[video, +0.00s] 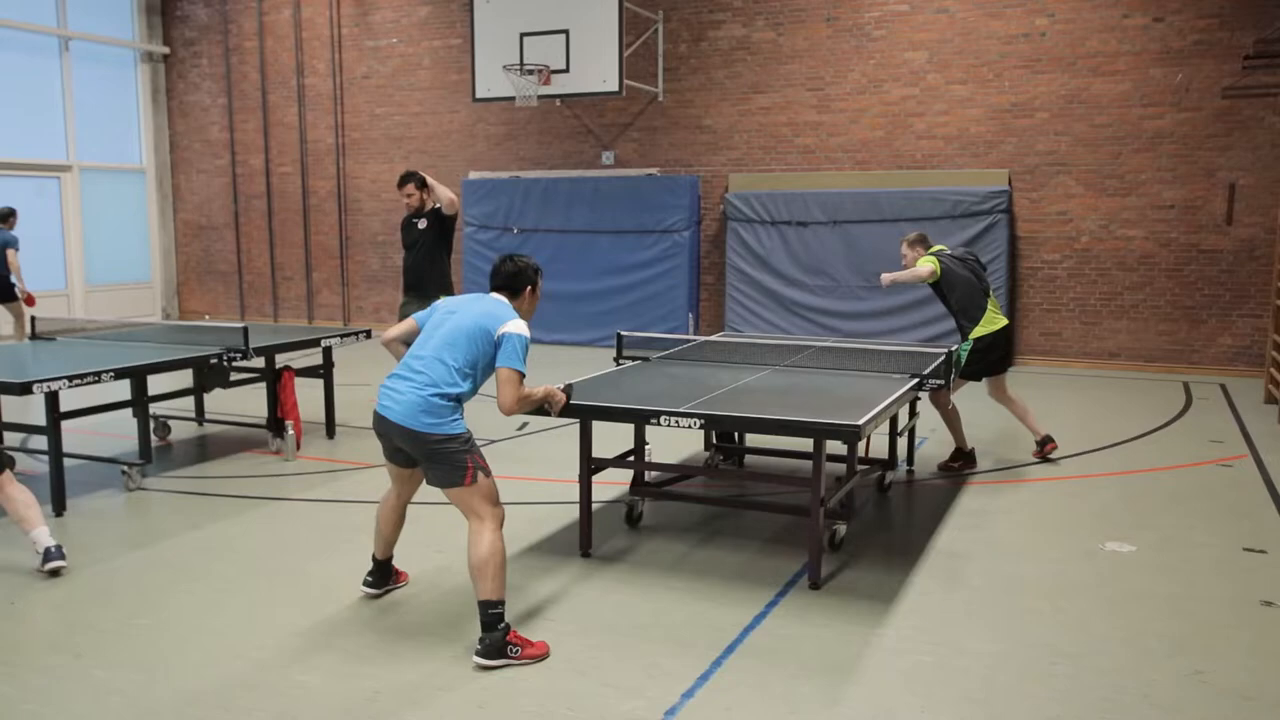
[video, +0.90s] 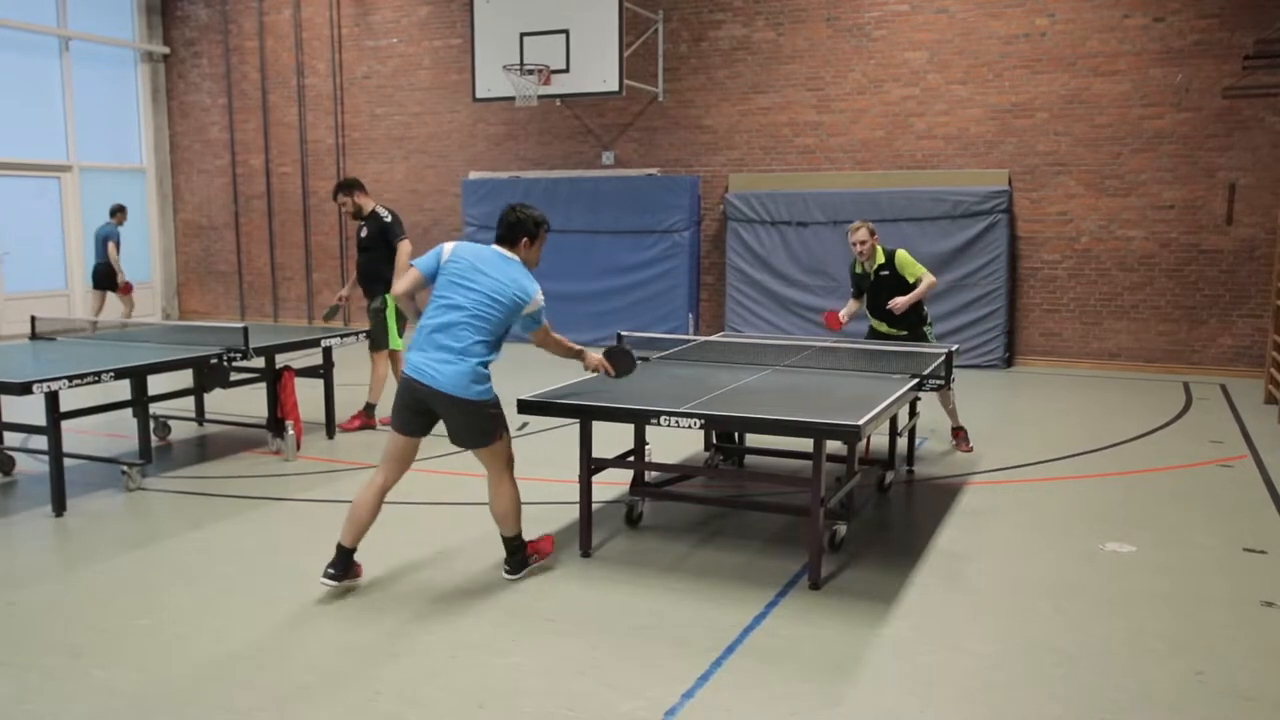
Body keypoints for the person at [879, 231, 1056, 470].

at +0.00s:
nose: (903, 263)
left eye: (905, 256)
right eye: (902, 257)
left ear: (918, 251)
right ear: (926, 248)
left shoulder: (929, 259)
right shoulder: (960, 253)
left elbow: (924, 273)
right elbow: (985, 286)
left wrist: (894, 277)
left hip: (979, 337)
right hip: (1001, 330)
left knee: (939, 395)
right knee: (998, 391)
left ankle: (963, 451)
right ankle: (1042, 438)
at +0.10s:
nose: (892, 269)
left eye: (893, 264)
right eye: (890, 265)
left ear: (906, 258)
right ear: (911, 256)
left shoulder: (923, 260)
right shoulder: (935, 257)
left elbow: (935, 271)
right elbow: (966, 262)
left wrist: (898, 278)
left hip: (975, 337)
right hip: (987, 331)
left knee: (937, 397)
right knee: (970, 391)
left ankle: (963, 452)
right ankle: (1024, 421)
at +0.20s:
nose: (883, 287)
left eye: (884, 281)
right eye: (880, 282)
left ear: (897, 271)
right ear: (895, 272)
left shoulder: (920, 272)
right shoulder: (912, 271)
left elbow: (954, 268)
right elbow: (942, 267)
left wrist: (915, 283)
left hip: (972, 338)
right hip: (959, 336)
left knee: (933, 398)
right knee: (934, 383)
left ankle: (963, 452)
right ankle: (975, 396)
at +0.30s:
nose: (881, 298)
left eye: (885, 292)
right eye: (878, 293)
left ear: (897, 284)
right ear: (874, 290)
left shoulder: (917, 285)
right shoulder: (901, 288)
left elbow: (956, 274)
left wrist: (931, 290)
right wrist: (879, 272)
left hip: (959, 345)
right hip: (935, 343)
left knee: (928, 400)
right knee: (897, 370)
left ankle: (957, 451)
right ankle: (911, 410)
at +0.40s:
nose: (877, 295)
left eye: (881, 289)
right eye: (873, 291)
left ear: (892, 282)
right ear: (868, 289)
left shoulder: (913, 287)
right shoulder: (887, 297)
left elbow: (957, 285)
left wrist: (937, 297)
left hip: (940, 350)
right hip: (915, 350)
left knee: (927, 402)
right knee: (879, 383)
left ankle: (954, 450)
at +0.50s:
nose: (872, 281)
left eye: (876, 274)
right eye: (867, 276)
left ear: (887, 270)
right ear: (863, 276)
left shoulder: (910, 280)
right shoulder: (874, 289)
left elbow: (953, 283)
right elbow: (877, 304)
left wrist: (937, 297)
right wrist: (876, 321)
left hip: (926, 348)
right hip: (896, 348)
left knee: (930, 395)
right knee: (872, 385)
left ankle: (953, 449)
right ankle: (871, 431)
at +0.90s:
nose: (859, 249)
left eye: (863, 243)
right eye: (854, 245)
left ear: (875, 240)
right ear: (851, 246)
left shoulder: (897, 257)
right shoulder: (857, 267)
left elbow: (930, 280)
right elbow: (858, 297)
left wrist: (908, 299)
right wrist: (846, 312)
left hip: (914, 333)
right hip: (878, 333)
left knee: (940, 380)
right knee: (863, 380)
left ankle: (957, 428)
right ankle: (861, 437)